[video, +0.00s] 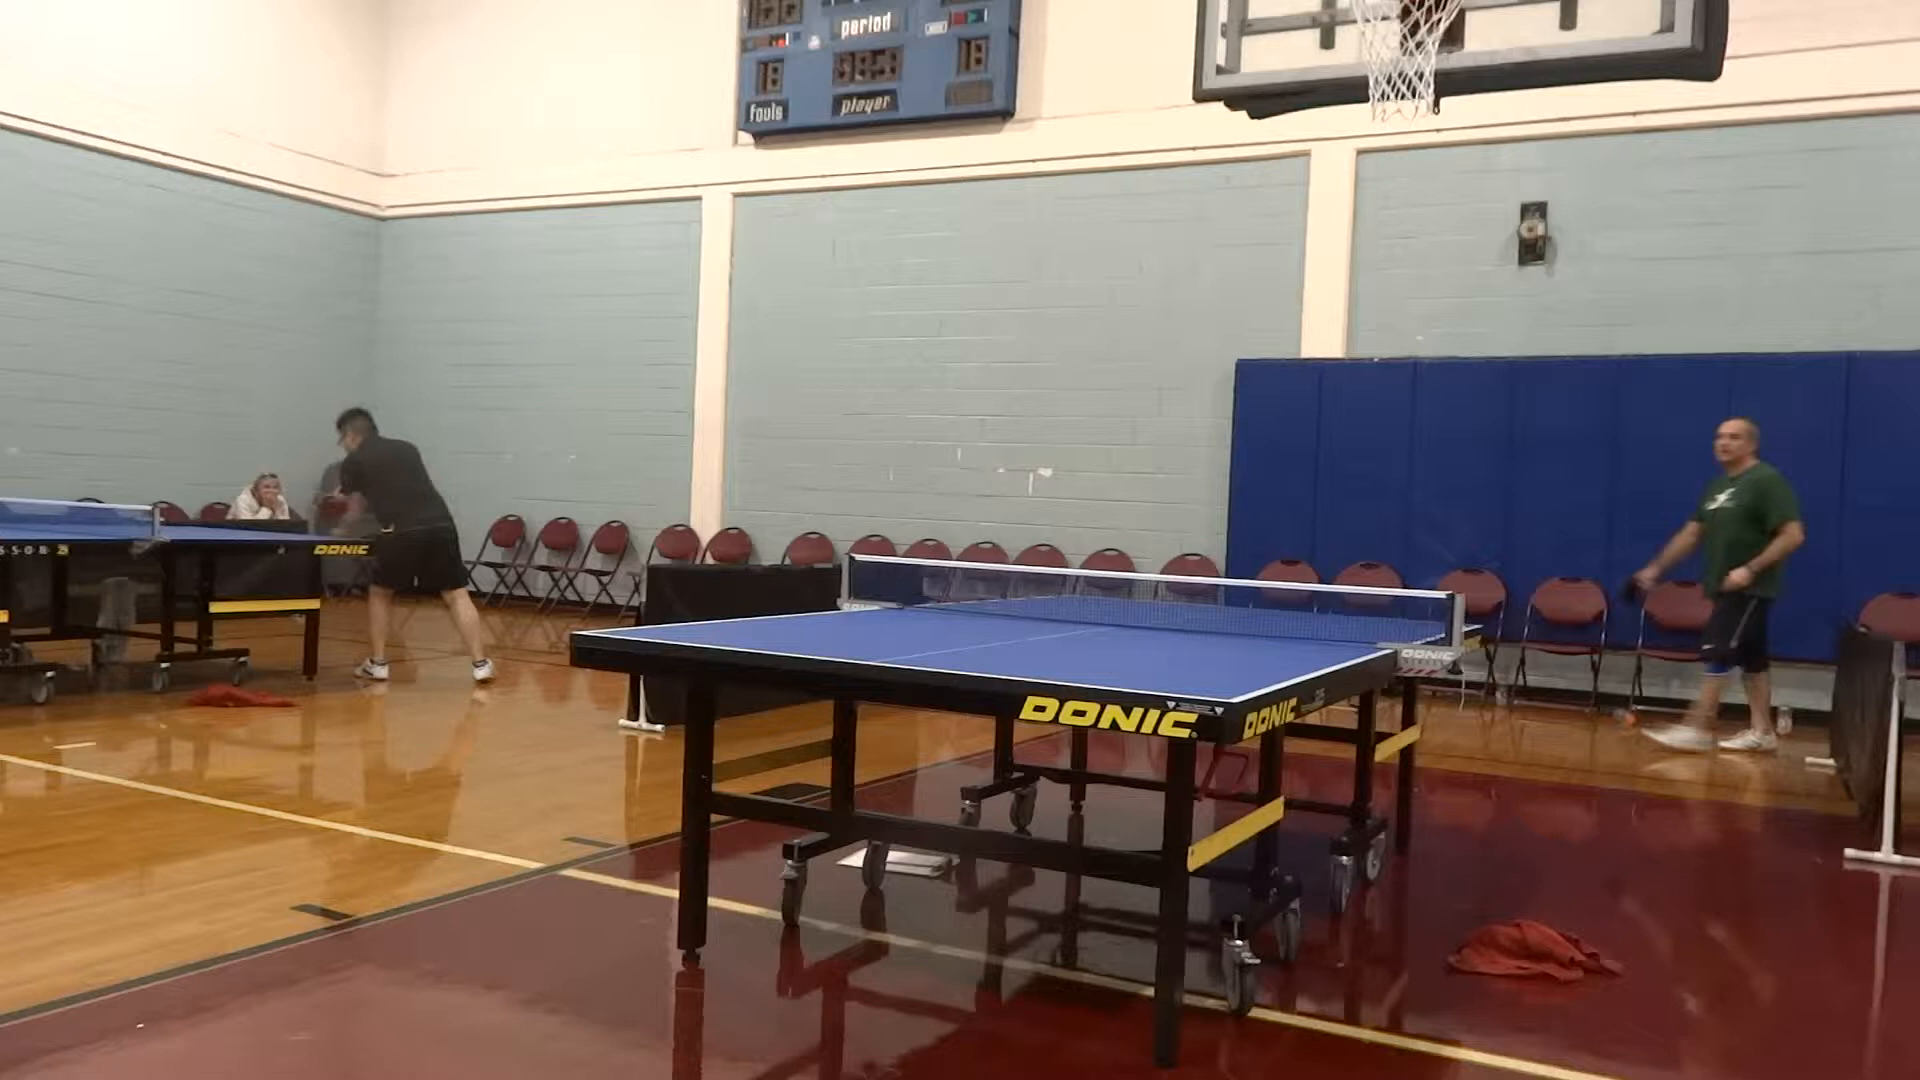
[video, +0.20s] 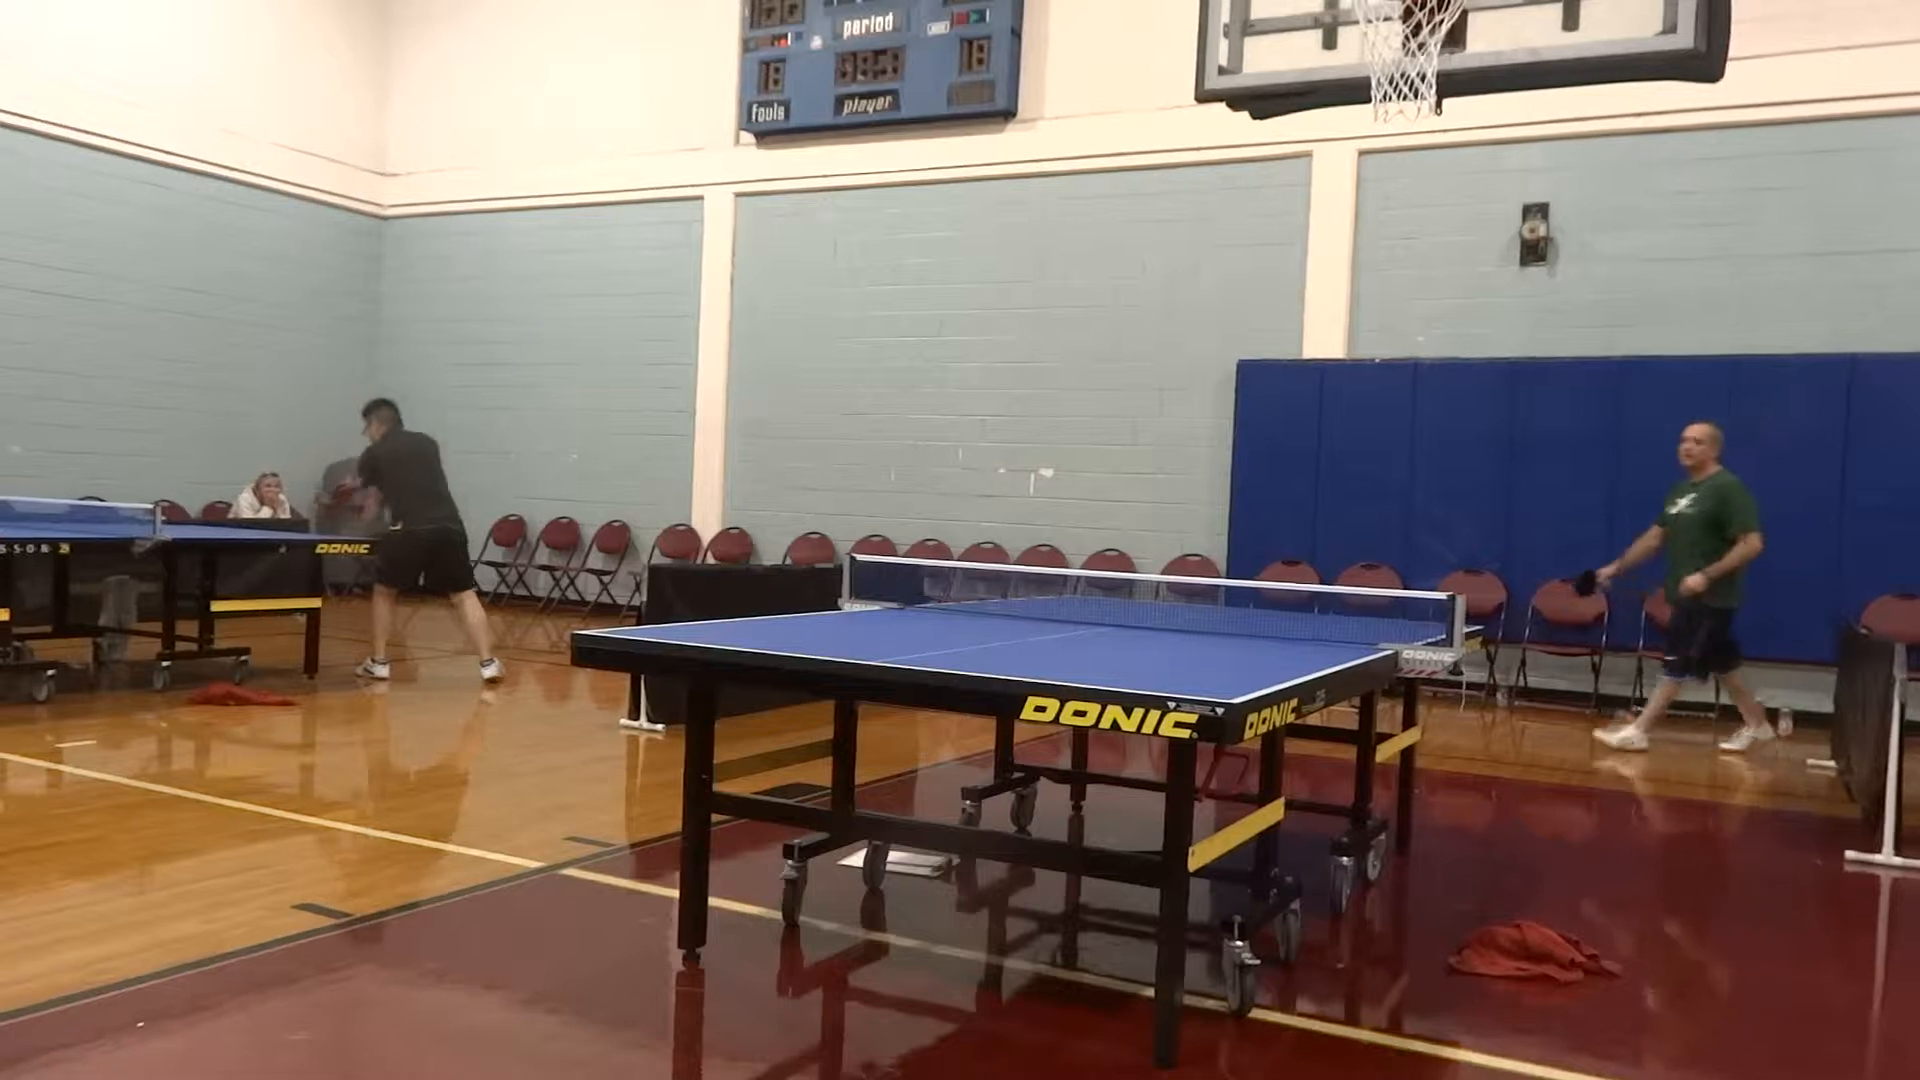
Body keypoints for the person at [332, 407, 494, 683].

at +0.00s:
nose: (343, 444)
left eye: (344, 438)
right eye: (342, 438)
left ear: (354, 435)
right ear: (373, 430)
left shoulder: (356, 460)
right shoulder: (406, 447)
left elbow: (355, 508)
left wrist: (341, 531)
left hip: (402, 535)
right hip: (441, 530)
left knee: (379, 593)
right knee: (457, 595)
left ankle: (378, 663)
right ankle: (481, 663)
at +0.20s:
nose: (368, 434)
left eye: (368, 427)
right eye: (366, 428)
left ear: (376, 424)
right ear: (397, 421)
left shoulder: (374, 454)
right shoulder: (427, 442)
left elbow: (370, 502)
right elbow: (427, 482)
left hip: (408, 533)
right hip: (448, 530)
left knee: (384, 592)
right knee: (465, 594)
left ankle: (379, 662)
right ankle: (488, 662)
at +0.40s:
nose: (414, 417)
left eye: (416, 412)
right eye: (415, 412)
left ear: (425, 413)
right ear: (445, 412)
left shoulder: (412, 438)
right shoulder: (468, 442)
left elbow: (376, 458)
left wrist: (361, 455)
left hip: (424, 534)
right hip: (463, 535)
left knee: (393, 590)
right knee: (477, 597)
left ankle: (379, 660)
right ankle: (490, 665)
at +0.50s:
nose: (433, 415)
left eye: (436, 410)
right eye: (434, 410)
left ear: (444, 411)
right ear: (465, 412)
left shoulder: (429, 434)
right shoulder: (485, 445)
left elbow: (380, 442)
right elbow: (471, 474)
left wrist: (353, 432)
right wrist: (422, 449)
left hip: (431, 531)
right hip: (472, 534)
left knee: (403, 589)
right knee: (481, 597)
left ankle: (378, 656)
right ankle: (489, 665)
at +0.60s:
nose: (447, 411)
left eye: (450, 407)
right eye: (449, 406)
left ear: (460, 408)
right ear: (479, 410)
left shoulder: (442, 432)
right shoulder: (497, 445)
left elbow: (391, 438)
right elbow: (488, 487)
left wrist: (347, 432)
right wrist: (437, 467)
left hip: (438, 529)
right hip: (478, 534)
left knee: (409, 590)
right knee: (482, 597)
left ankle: (383, 655)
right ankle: (488, 665)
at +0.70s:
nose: (453, 411)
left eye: (456, 405)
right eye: (455, 405)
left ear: (464, 407)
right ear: (486, 410)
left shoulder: (446, 432)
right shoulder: (503, 447)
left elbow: (390, 442)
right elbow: (508, 494)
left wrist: (346, 439)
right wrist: (478, 487)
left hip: (441, 529)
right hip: (480, 534)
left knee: (415, 589)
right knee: (484, 598)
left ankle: (396, 659)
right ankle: (487, 666)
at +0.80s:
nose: (452, 410)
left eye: (455, 405)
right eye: (454, 405)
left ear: (463, 408)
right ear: (486, 411)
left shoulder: (447, 433)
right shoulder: (506, 447)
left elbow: (395, 451)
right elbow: (524, 491)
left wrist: (350, 457)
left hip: (442, 530)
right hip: (483, 534)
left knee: (418, 590)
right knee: (485, 598)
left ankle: (413, 657)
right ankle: (486, 665)